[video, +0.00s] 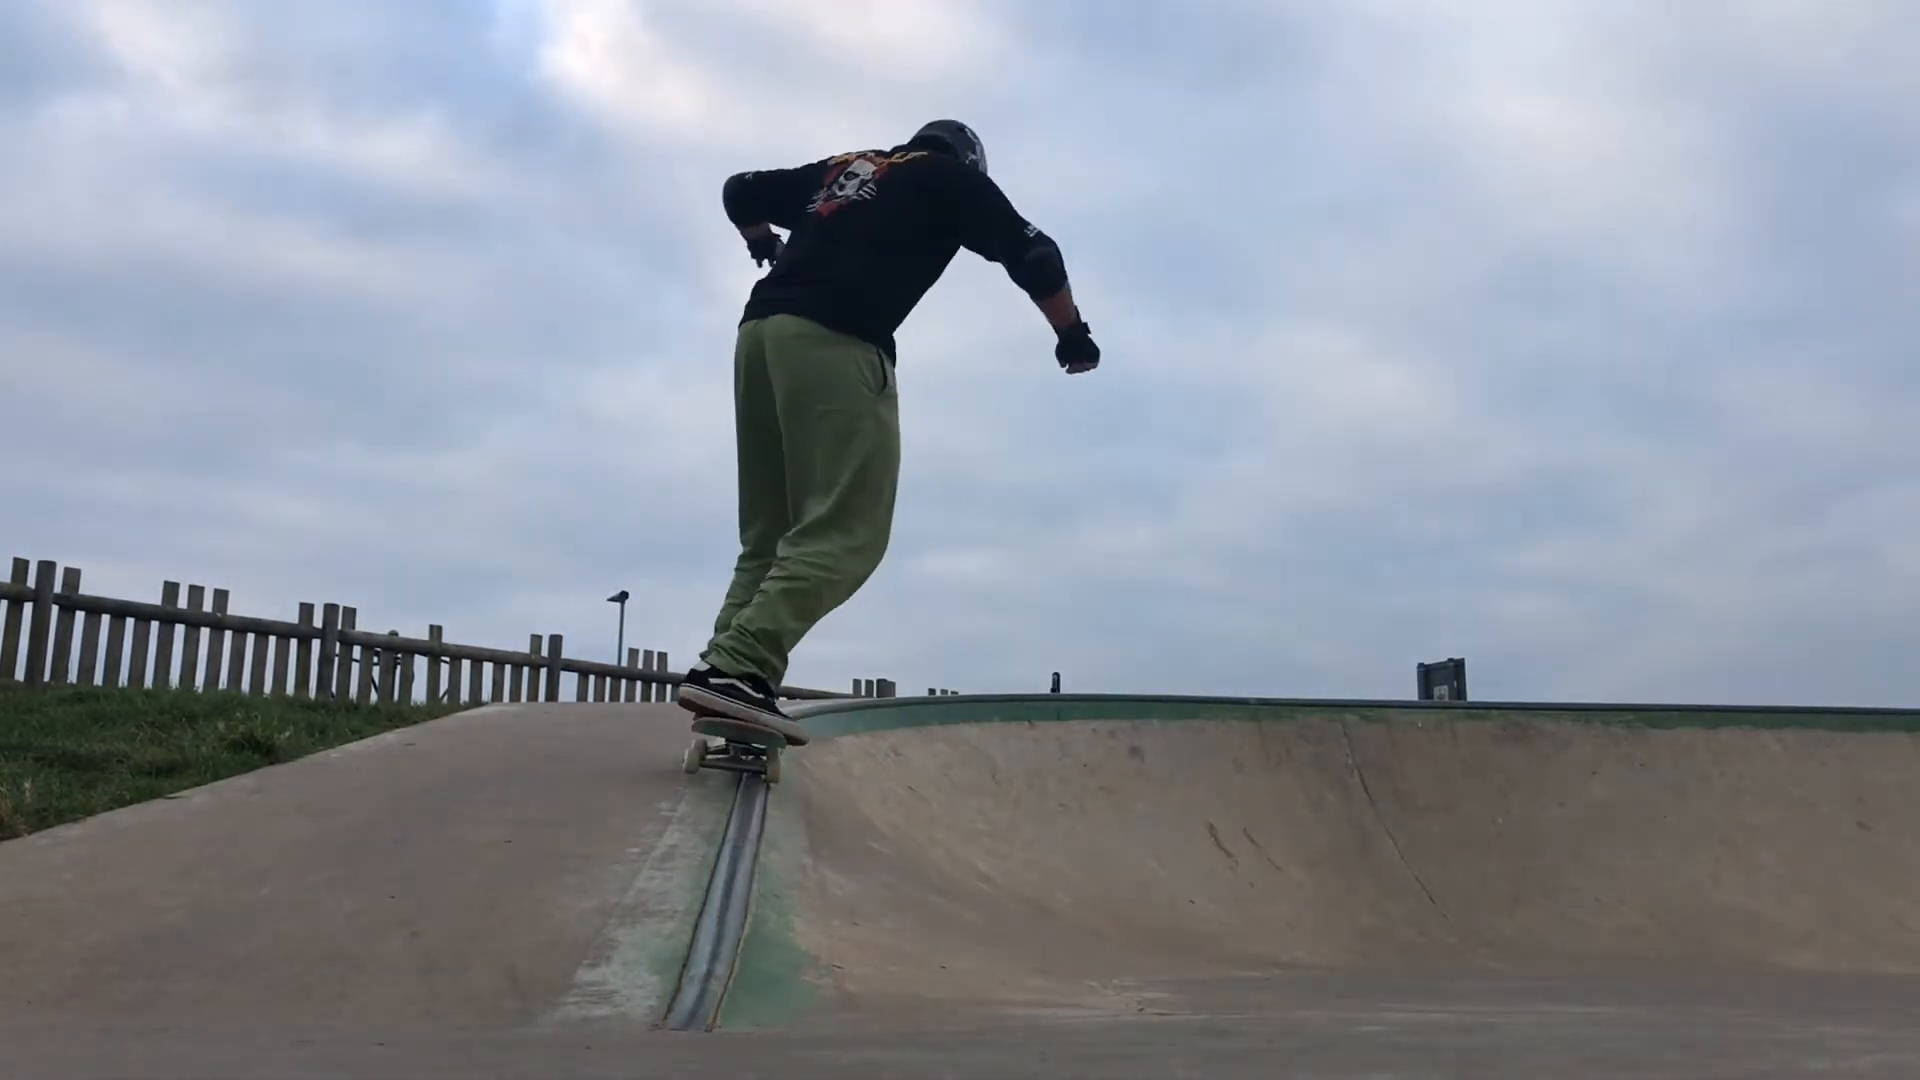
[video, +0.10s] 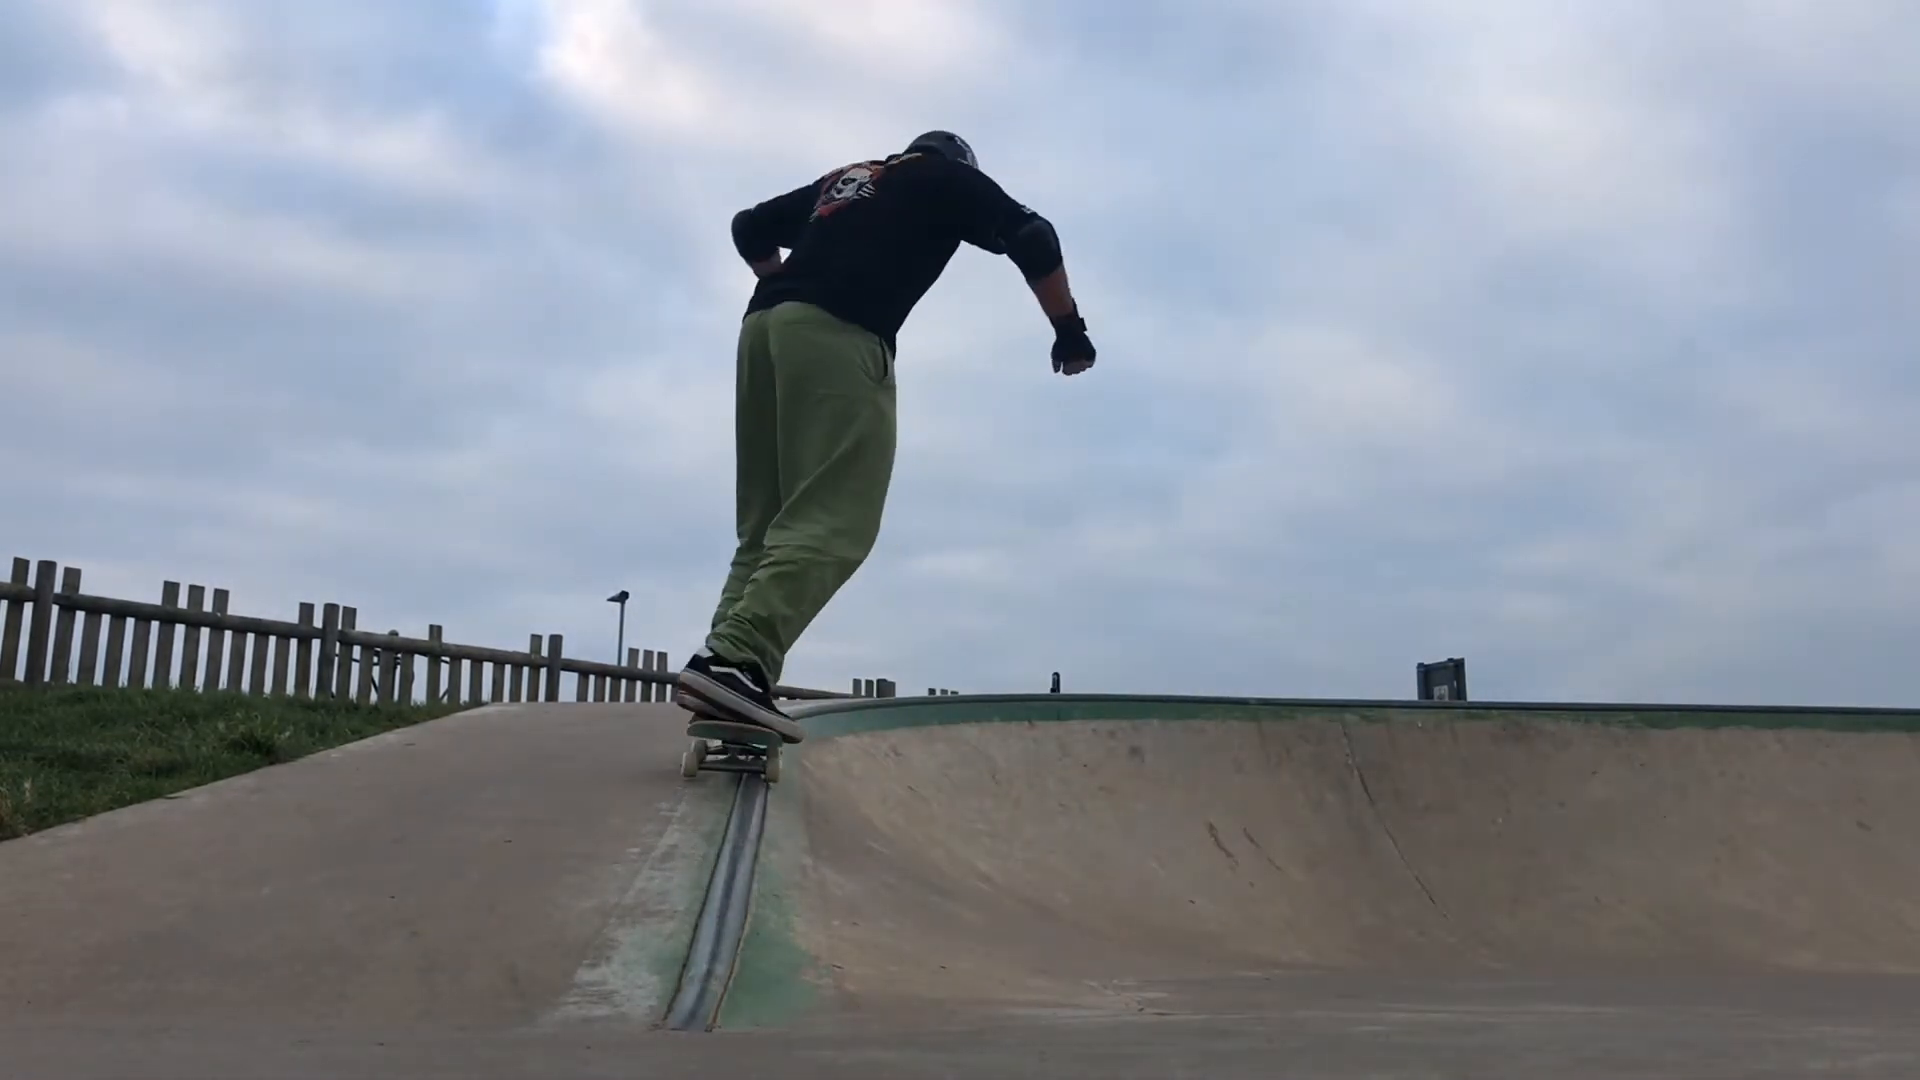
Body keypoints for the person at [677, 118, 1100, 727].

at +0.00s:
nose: (975, 183)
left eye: (977, 175)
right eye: (976, 173)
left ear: (916, 142)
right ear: (967, 159)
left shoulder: (847, 167)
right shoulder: (957, 177)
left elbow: (740, 189)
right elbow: (1033, 253)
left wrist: (760, 238)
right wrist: (1072, 332)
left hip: (759, 335)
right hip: (834, 339)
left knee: (768, 529)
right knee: (846, 531)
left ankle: (725, 675)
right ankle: (736, 671)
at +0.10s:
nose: (965, 180)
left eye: (960, 171)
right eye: (966, 172)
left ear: (909, 150)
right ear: (957, 161)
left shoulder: (844, 179)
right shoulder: (951, 177)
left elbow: (749, 224)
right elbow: (1032, 235)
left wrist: (781, 281)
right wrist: (1069, 327)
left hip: (761, 327)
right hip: (834, 328)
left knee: (763, 521)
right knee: (832, 518)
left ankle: (723, 676)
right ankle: (734, 663)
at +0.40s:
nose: (1005, 249)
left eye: (1005, 247)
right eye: (1006, 242)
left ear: (932, 225)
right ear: (987, 224)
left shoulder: (884, 252)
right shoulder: (968, 212)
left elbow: (900, 371)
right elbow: (1038, 142)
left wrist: (960, 460)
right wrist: (1111, 63)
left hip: (810, 372)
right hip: (897, 376)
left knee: (791, 532)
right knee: (900, 575)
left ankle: (722, 663)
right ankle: (875, 753)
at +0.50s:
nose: (1043, 246)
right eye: (1028, 235)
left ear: (960, 228)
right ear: (1008, 230)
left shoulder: (904, 271)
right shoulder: (1000, 244)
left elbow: (892, 350)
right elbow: (1074, 195)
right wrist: (1125, 166)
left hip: (843, 429)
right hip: (924, 436)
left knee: (861, 558)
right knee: (919, 630)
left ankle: (779, 633)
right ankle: (851, 785)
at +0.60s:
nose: (1055, 289)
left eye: (1056, 280)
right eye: (1055, 279)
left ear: (993, 254)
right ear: (1041, 264)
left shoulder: (926, 310)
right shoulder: (1020, 284)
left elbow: (855, 409)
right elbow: (1108, 299)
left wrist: (853, 500)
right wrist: (1137, 310)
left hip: (878, 480)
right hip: (954, 473)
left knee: (941, 607)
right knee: (960, 653)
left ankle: (899, 746)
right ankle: (865, 791)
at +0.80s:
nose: (1130, 322)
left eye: (1136, 311)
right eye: (1120, 306)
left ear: (1087, 311)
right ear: (1079, 302)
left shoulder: (1022, 363)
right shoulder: (1079, 368)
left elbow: (942, 421)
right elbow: (1087, 475)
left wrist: (908, 510)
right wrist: (1130, 550)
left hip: (988, 564)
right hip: (1032, 559)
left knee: (1045, 718)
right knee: (1117, 699)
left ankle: (1030, 885)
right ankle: (976, 779)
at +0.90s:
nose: (1161, 335)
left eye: (1172, 325)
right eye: (1149, 319)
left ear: (1178, 331)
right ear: (1113, 316)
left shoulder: (1104, 388)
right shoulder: (1092, 383)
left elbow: (1088, 508)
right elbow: (1084, 506)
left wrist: (1134, 573)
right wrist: (1145, 573)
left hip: (1054, 585)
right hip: (1068, 581)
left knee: (1104, 734)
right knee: (1176, 704)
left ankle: (1030, 882)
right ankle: (1125, 883)